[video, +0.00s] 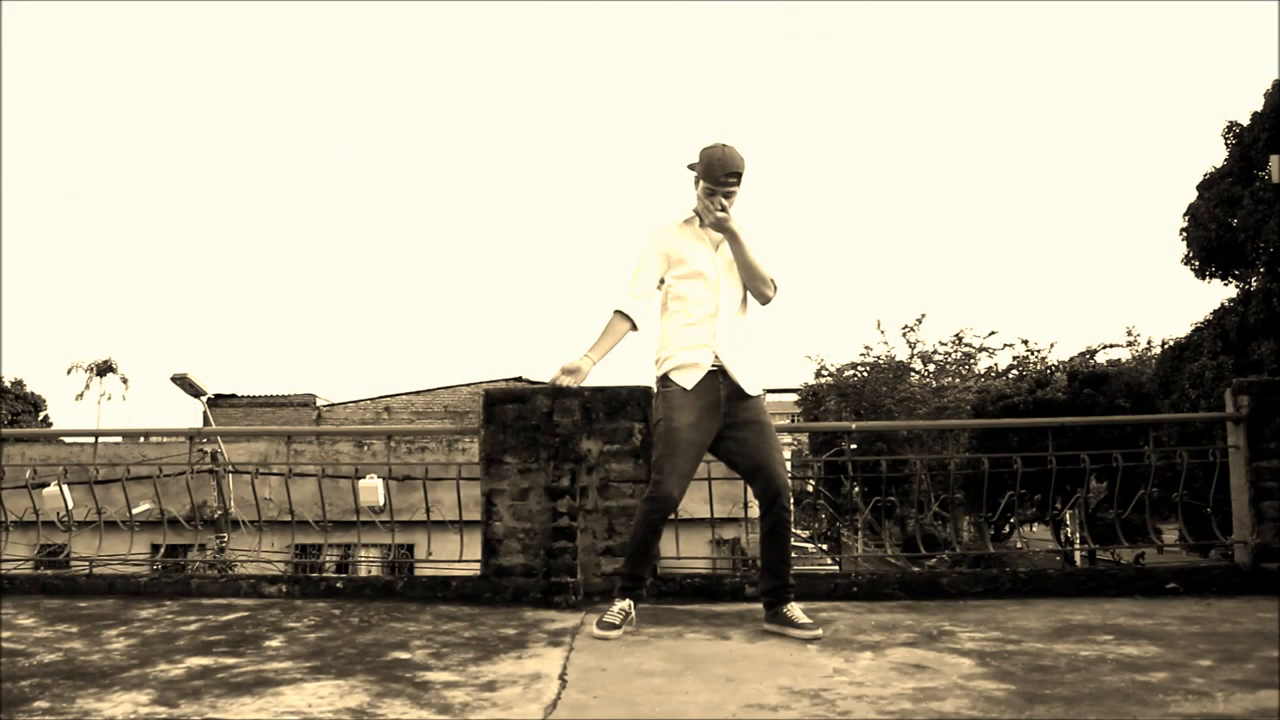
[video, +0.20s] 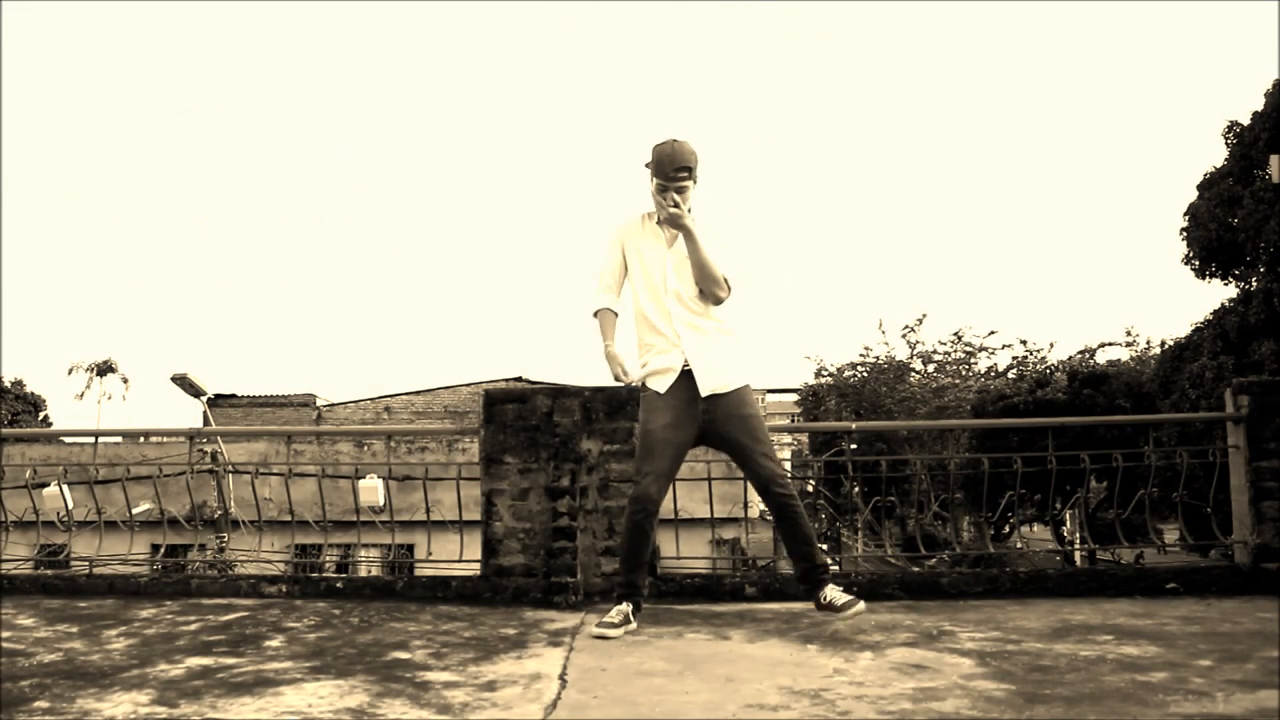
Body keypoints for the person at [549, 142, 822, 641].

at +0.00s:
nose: (724, 195)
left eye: (732, 187)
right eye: (715, 185)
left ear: (740, 187)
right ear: (696, 181)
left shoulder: (738, 240)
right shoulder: (667, 238)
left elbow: (765, 293)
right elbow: (630, 310)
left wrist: (731, 233)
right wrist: (588, 360)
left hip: (739, 383)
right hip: (686, 380)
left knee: (777, 490)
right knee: (667, 492)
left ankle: (779, 604)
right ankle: (624, 599)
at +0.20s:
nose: (678, 189)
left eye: (686, 180)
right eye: (669, 180)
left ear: (696, 180)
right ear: (651, 178)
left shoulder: (708, 231)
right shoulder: (629, 234)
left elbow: (717, 292)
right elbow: (607, 297)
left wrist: (687, 231)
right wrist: (610, 349)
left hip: (725, 375)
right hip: (665, 378)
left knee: (774, 480)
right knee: (645, 495)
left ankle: (823, 585)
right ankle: (626, 603)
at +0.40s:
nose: (656, 195)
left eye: (663, 183)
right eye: (646, 187)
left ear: (677, 178)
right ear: (634, 187)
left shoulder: (707, 226)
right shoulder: (628, 237)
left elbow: (734, 289)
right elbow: (613, 303)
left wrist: (676, 242)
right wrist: (614, 357)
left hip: (720, 376)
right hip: (660, 380)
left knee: (765, 477)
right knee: (643, 492)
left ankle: (786, 581)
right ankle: (627, 602)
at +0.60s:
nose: (681, 197)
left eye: (689, 187)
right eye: (673, 189)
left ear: (709, 184)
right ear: (666, 190)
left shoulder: (735, 239)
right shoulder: (645, 244)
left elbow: (741, 305)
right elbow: (633, 326)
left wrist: (691, 340)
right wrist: (627, 391)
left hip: (719, 391)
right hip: (657, 389)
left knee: (745, 494)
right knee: (631, 485)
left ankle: (745, 601)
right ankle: (622, 596)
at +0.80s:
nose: (645, 183)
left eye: (653, 173)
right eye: (638, 176)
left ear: (674, 171)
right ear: (632, 180)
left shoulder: (710, 228)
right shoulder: (625, 234)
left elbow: (737, 294)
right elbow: (609, 305)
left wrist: (755, 365)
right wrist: (613, 363)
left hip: (718, 376)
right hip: (654, 380)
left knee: (758, 477)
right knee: (630, 486)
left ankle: (775, 586)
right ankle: (607, 594)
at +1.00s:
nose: (661, 215)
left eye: (670, 206)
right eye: (654, 207)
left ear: (692, 206)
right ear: (649, 208)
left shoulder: (721, 265)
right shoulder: (638, 264)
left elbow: (743, 346)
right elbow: (629, 334)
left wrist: (761, 421)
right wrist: (624, 369)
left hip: (720, 406)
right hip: (657, 407)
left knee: (764, 506)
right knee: (626, 510)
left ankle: (788, 604)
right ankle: (608, 603)